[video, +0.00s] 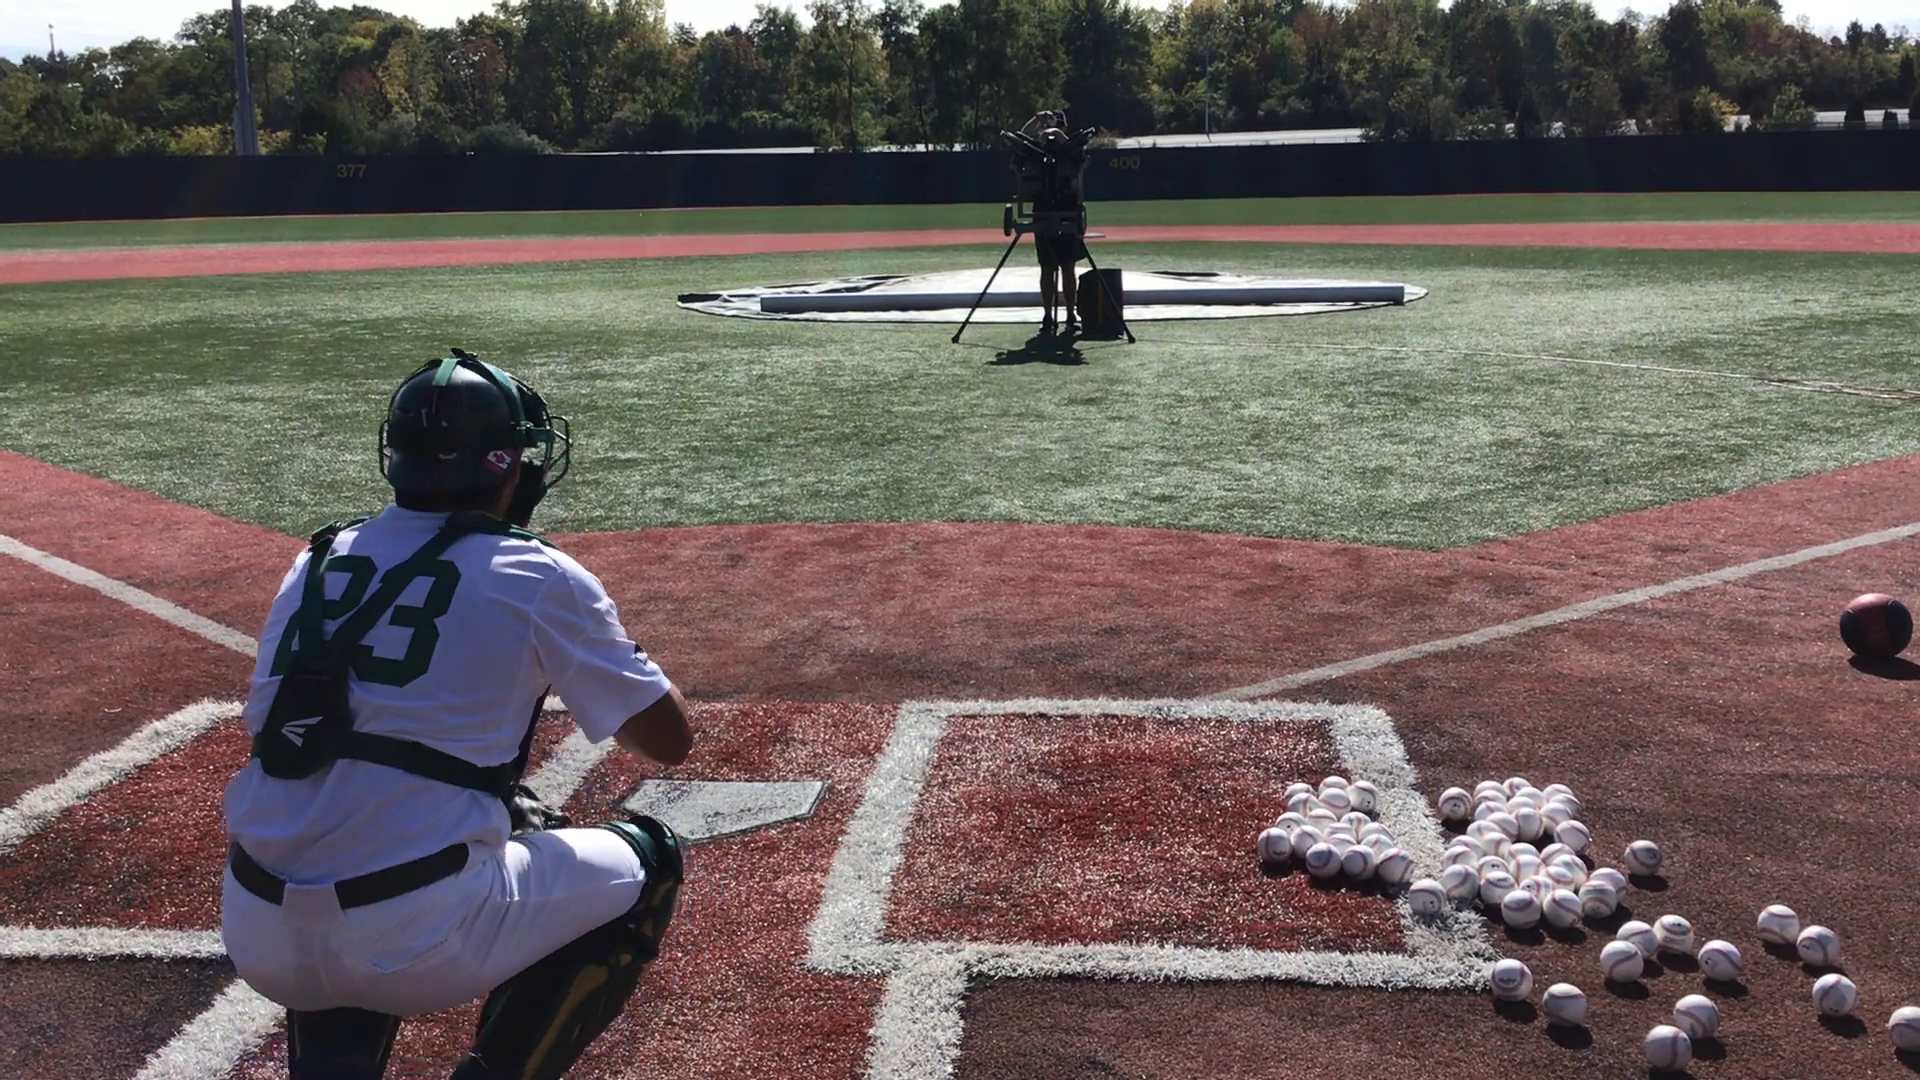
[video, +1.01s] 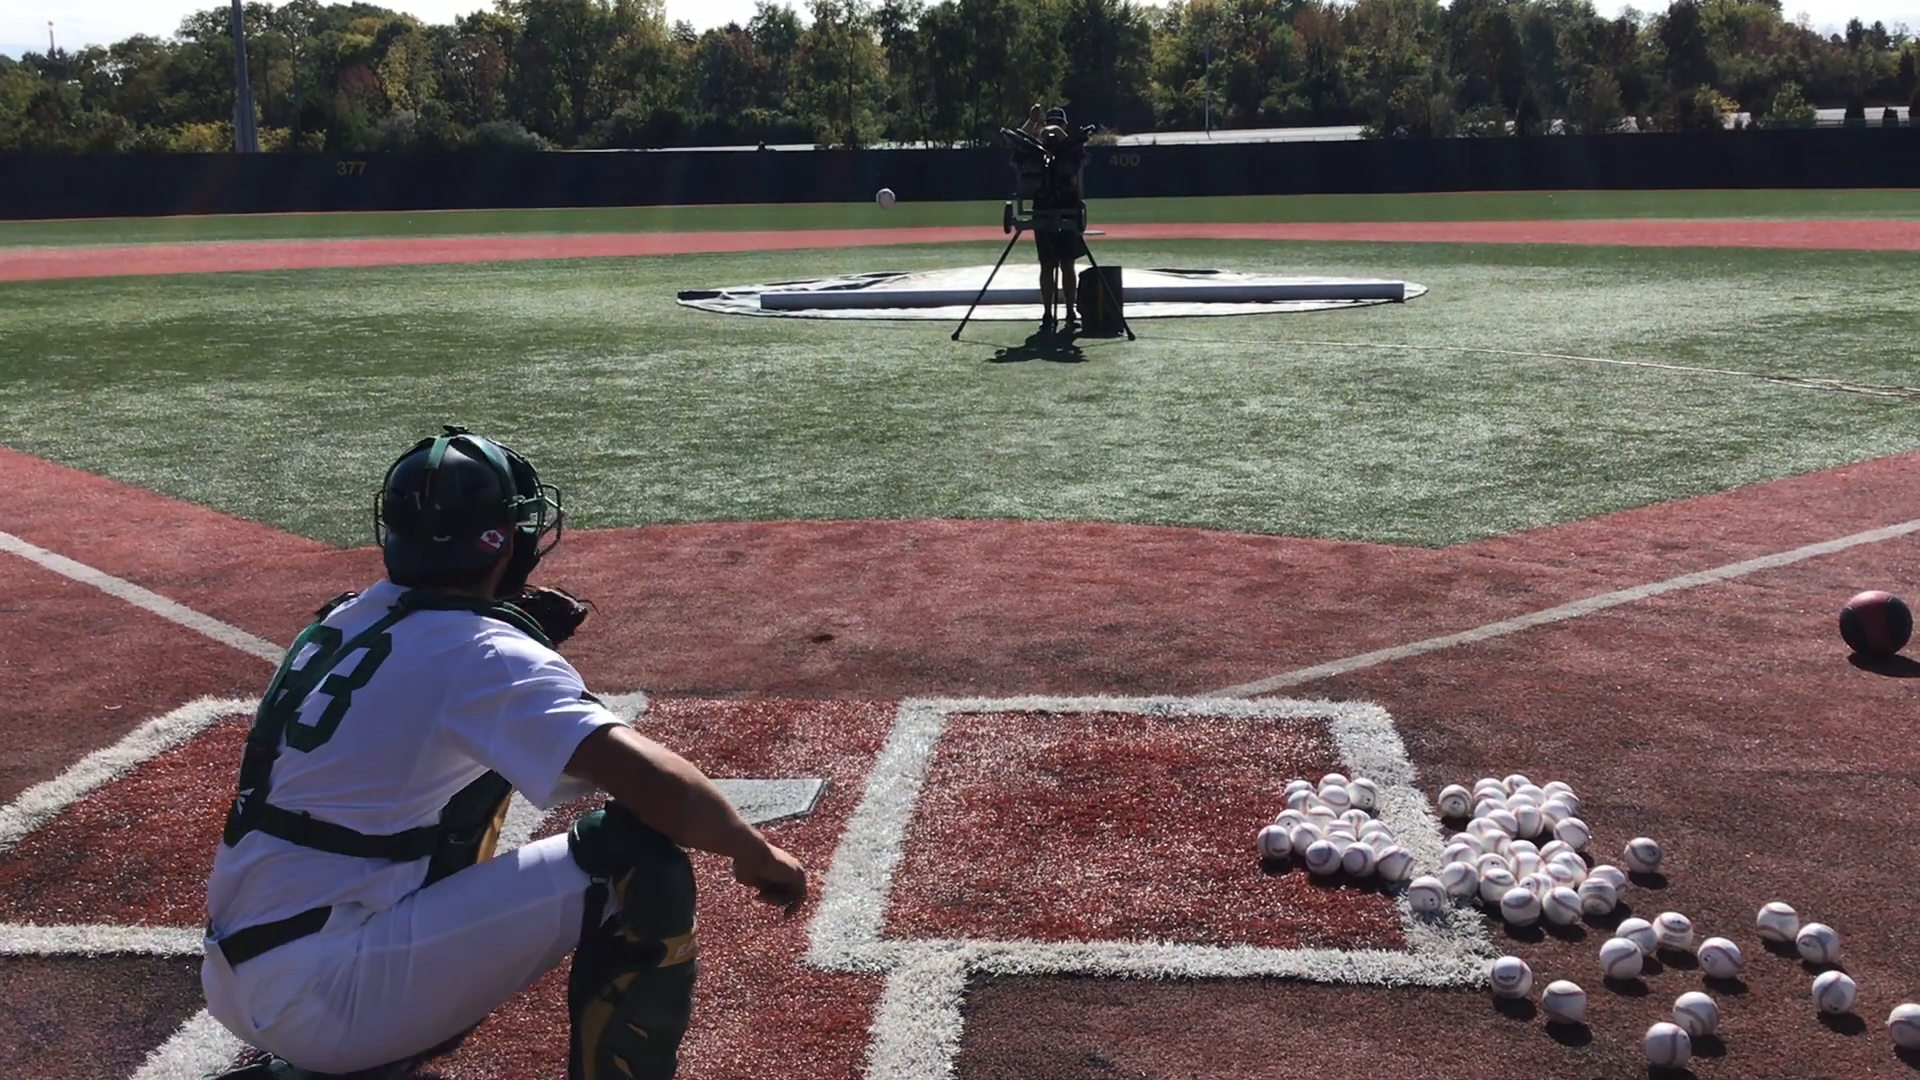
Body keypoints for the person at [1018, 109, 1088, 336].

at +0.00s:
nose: (1051, 140)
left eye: (1055, 136)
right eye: (1047, 137)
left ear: (1064, 137)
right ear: (1042, 141)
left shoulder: (1071, 155)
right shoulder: (1036, 156)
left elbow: (1078, 154)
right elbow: (1019, 143)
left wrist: (1060, 133)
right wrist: (1033, 122)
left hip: (1069, 217)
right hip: (1044, 218)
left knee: (1068, 269)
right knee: (1047, 271)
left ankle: (1070, 316)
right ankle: (1048, 317)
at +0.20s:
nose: (1056, 131)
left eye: (1060, 127)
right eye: (1053, 128)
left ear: (1067, 128)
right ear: (1046, 130)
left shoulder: (1073, 147)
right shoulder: (1039, 149)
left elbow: (1076, 158)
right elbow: (1019, 150)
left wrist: (1058, 135)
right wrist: (1035, 130)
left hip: (1069, 216)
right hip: (1044, 216)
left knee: (1068, 269)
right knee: (1048, 271)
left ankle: (1071, 316)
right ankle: (1048, 317)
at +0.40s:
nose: (1055, 130)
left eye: (1059, 126)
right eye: (1052, 126)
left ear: (1066, 127)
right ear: (1046, 127)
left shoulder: (1073, 145)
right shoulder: (1037, 145)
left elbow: (1077, 164)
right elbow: (1019, 161)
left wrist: (1062, 140)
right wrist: (1036, 141)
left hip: (1069, 215)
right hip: (1044, 215)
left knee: (1068, 268)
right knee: (1048, 269)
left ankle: (1071, 315)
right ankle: (1048, 316)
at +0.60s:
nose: (1054, 131)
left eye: (1059, 127)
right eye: (1051, 127)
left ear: (1067, 127)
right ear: (1044, 129)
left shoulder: (1072, 147)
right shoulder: (1038, 149)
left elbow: (1078, 160)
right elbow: (1019, 154)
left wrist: (1061, 137)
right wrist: (1034, 130)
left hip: (1068, 215)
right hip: (1043, 215)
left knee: (1068, 268)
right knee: (1047, 269)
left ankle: (1071, 315)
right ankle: (1048, 316)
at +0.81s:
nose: (1054, 131)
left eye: (1059, 127)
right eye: (1051, 127)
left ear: (1066, 128)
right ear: (1044, 128)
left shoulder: (1073, 147)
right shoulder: (1038, 148)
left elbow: (1077, 161)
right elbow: (1023, 144)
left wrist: (1061, 138)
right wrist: (1033, 120)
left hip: (1068, 212)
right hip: (1043, 213)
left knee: (1068, 266)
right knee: (1047, 268)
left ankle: (1071, 314)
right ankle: (1048, 316)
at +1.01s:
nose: (1053, 133)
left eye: (1058, 129)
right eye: (1049, 129)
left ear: (1066, 130)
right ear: (1043, 131)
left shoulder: (1073, 149)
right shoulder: (1037, 149)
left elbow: (1078, 158)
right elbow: (1020, 146)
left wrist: (1062, 137)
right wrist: (1032, 122)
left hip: (1068, 213)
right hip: (1043, 214)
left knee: (1068, 266)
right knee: (1047, 268)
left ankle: (1070, 314)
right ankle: (1048, 315)